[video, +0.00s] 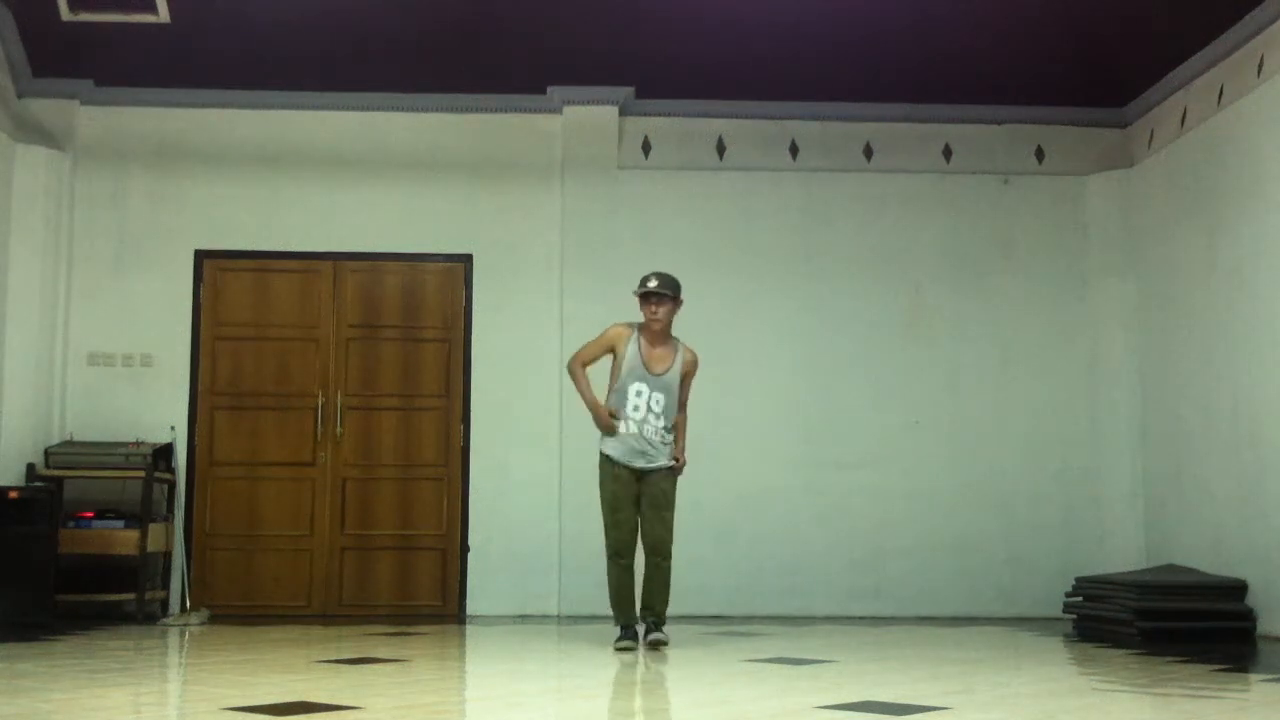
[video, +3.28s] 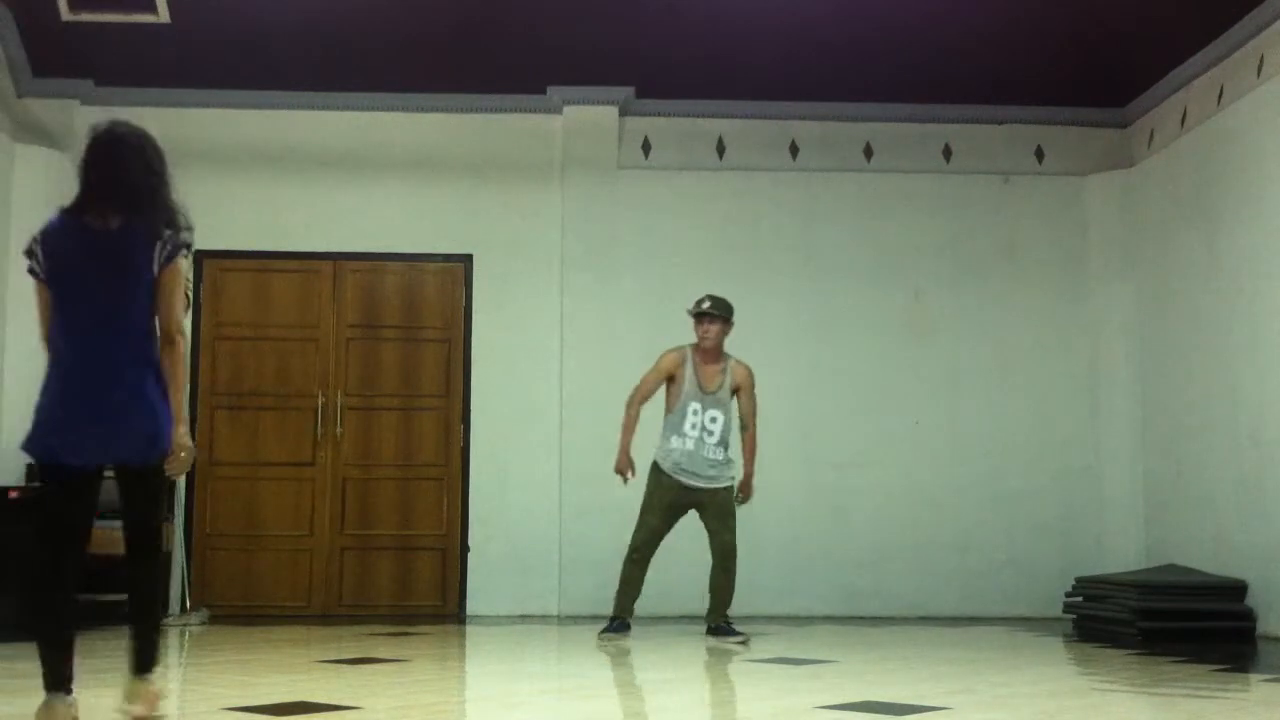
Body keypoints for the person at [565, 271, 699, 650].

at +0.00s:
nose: (653, 306)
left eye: (661, 300)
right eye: (647, 299)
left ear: (676, 306)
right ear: (639, 304)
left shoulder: (686, 358)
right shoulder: (621, 335)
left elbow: (681, 409)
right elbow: (576, 363)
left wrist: (679, 447)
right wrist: (594, 407)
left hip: (661, 464)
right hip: (617, 459)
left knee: (659, 548)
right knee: (620, 547)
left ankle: (654, 623)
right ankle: (626, 626)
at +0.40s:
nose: (628, 312)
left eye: (634, 306)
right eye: (626, 306)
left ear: (659, 306)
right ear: (628, 309)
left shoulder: (689, 349)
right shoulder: (624, 341)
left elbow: (698, 404)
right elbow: (601, 377)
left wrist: (676, 410)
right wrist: (578, 417)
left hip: (668, 467)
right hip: (624, 462)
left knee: (662, 550)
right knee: (623, 540)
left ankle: (655, 628)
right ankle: (626, 623)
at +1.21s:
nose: (636, 303)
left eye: (644, 297)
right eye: (630, 297)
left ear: (655, 304)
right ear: (621, 302)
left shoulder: (671, 351)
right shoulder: (601, 347)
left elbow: (677, 409)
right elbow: (590, 398)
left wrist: (677, 461)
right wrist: (595, 428)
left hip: (655, 463)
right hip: (612, 463)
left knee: (652, 545)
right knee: (618, 547)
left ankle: (652, 620)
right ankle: (628, 624)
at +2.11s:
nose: (628, 320)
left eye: (635, 315)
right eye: (622, 313)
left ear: (645, 320)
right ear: (612, 317)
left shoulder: (661, 359)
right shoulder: (594, 364)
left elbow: (670, 409)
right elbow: (589, 421)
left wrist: (697, 411)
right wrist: (573, 412)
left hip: (650, 470)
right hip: (607, 472)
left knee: (652, 544)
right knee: (608, 549)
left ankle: (657, 616)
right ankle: (613, 623)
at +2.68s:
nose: (660, 332)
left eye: (667, 327)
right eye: (654, 326)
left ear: (676, 332)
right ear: (644, 329)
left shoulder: (688, 373)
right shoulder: (624, 371)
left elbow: (705, 421)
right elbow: (605, 415)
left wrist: (731, 387)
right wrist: (589, 373)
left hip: (682, 482)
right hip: (636, 480)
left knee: (709, 550)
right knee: (621, 550)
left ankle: (715, 621)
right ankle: (615, 623)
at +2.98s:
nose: (678, 328)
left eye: (687, 323)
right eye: (674, 321)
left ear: (699, 328)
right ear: (667, 324)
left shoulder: (713, 366)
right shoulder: (649, 358)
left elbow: (748, 399)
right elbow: (604, 383)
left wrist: (761, 431)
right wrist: (609, 405)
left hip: (698, 480)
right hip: (652, 476)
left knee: (714, 550)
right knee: (631, 546)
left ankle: (716, 619)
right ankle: (616, 622)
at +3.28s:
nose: (704, 326)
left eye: (712, 321)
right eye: (700, 320)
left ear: (727, 327)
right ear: (694, 324)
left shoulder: (739, 374)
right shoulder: (675, 361)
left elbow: (748, 427)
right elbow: (635, 401)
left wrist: (748, 475)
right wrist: (624, 451)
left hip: (716, 483)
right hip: (670, 477)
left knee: (726, 553)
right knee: (641, 547)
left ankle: (718, 621)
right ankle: (620, 618)